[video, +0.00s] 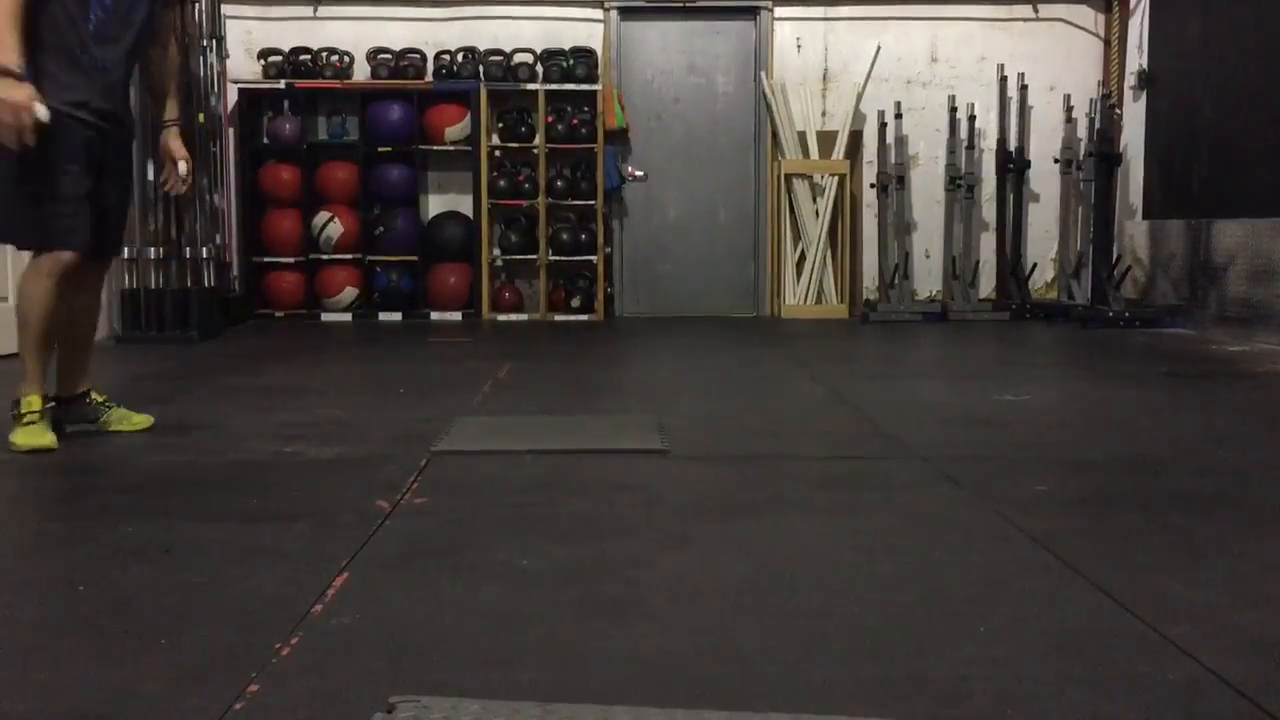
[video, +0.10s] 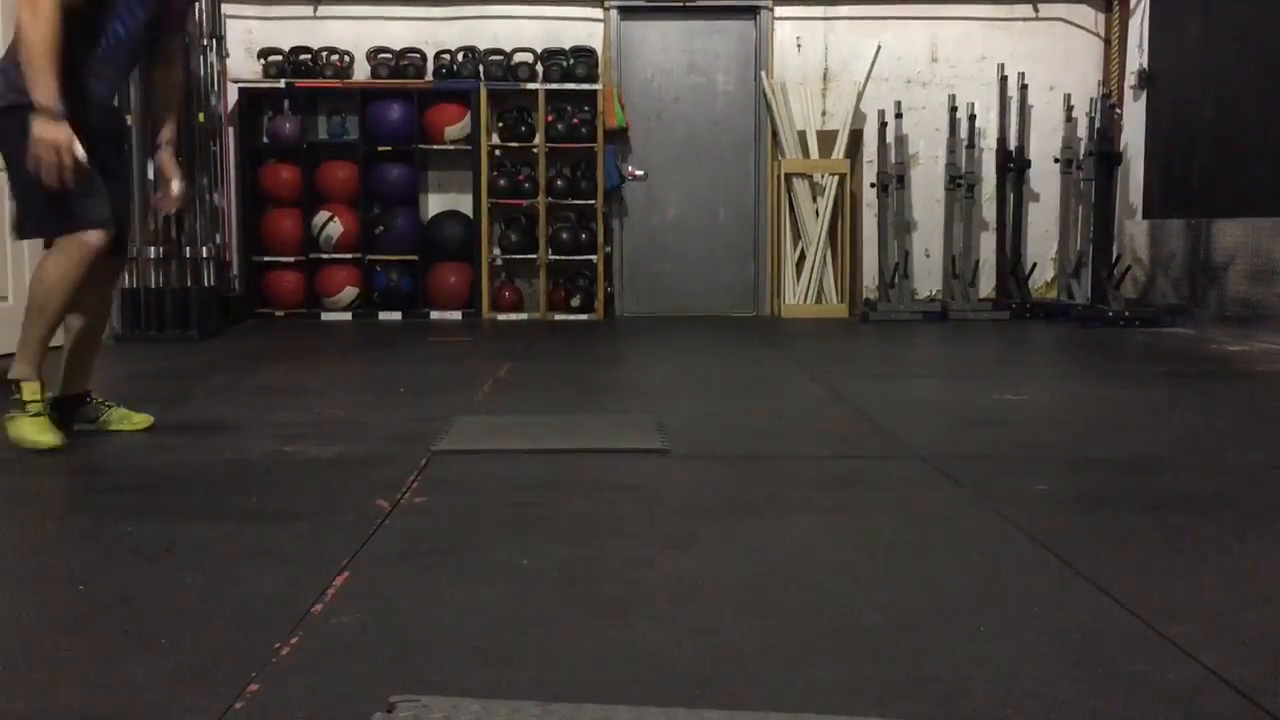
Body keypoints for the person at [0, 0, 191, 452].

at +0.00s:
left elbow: (163, 39)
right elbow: (13, 7)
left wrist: (170, 125)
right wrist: (11, 75)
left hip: (112, 114)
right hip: (50, 106)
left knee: (94, 259)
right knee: (58, 251)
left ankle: (73, 398)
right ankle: (32, 403)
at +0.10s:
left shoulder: (171, 7)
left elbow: (167, 59)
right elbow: (37, 7)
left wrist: (166, 145)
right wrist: (46, 111)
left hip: (97, 103)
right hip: (33, 95)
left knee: (111, 248)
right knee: (87, 232)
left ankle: (74, 396)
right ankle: (23, 378)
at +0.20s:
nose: (249, 6)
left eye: (252, 4)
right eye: (247, 1)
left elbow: (180, 116)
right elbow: (77, 69)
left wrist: (164, 199)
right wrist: (79, 185)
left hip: (84, 110)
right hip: (25, 103)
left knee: (124, 252)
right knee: (90, 240)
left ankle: (76, 393)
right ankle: (33, 390)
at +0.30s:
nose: (279, 83)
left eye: (288, 74)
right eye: (283, 68)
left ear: (262, 42)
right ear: (261, 39)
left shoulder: (214, 88)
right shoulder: (177, 60)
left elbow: (191, 190)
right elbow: (120, 168)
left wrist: (185, 275)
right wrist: (121, 287)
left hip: (76, 145)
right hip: (24, 135)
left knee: (150, 272)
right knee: (101, 277)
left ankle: (76, 396)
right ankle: (31, 416)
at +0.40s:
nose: (299, 152)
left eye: (307, 144)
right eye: (301, 139)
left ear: (279, 110)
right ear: (277, 109)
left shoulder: (236, 149)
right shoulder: (201, 128)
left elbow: (240, 246)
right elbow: (173, 250)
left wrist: (256, 334)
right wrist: (195, 363)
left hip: (84, 180)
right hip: (36, 175)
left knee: (171, 297)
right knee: (140, 291)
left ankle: (80, 396)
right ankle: (34, 418)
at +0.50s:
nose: (316, 216)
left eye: (325, 210)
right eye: (320, 203)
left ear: (300, 172)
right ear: (299, 171)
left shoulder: (268, 184)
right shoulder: (229, 175)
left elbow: (295, 283)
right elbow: (236, 301)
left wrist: (334, 364)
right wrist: (286, 399)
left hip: (85, 162)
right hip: (46, 158)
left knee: (169, 283)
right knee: (143, 282)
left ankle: (80, 394)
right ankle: (34, 413)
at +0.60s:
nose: (329, 272)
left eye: (337, 267)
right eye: (334, 262)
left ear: (321, 220)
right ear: (318, 232)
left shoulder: (292, 210)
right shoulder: (257, 221)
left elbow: (329, 309)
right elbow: (283, 334)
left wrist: (380, 381)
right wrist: (332, 428)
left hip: (108, 110)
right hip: (76, 112)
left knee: (139, 266)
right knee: (119, 268)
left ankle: (74, 381)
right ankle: (19, 407)